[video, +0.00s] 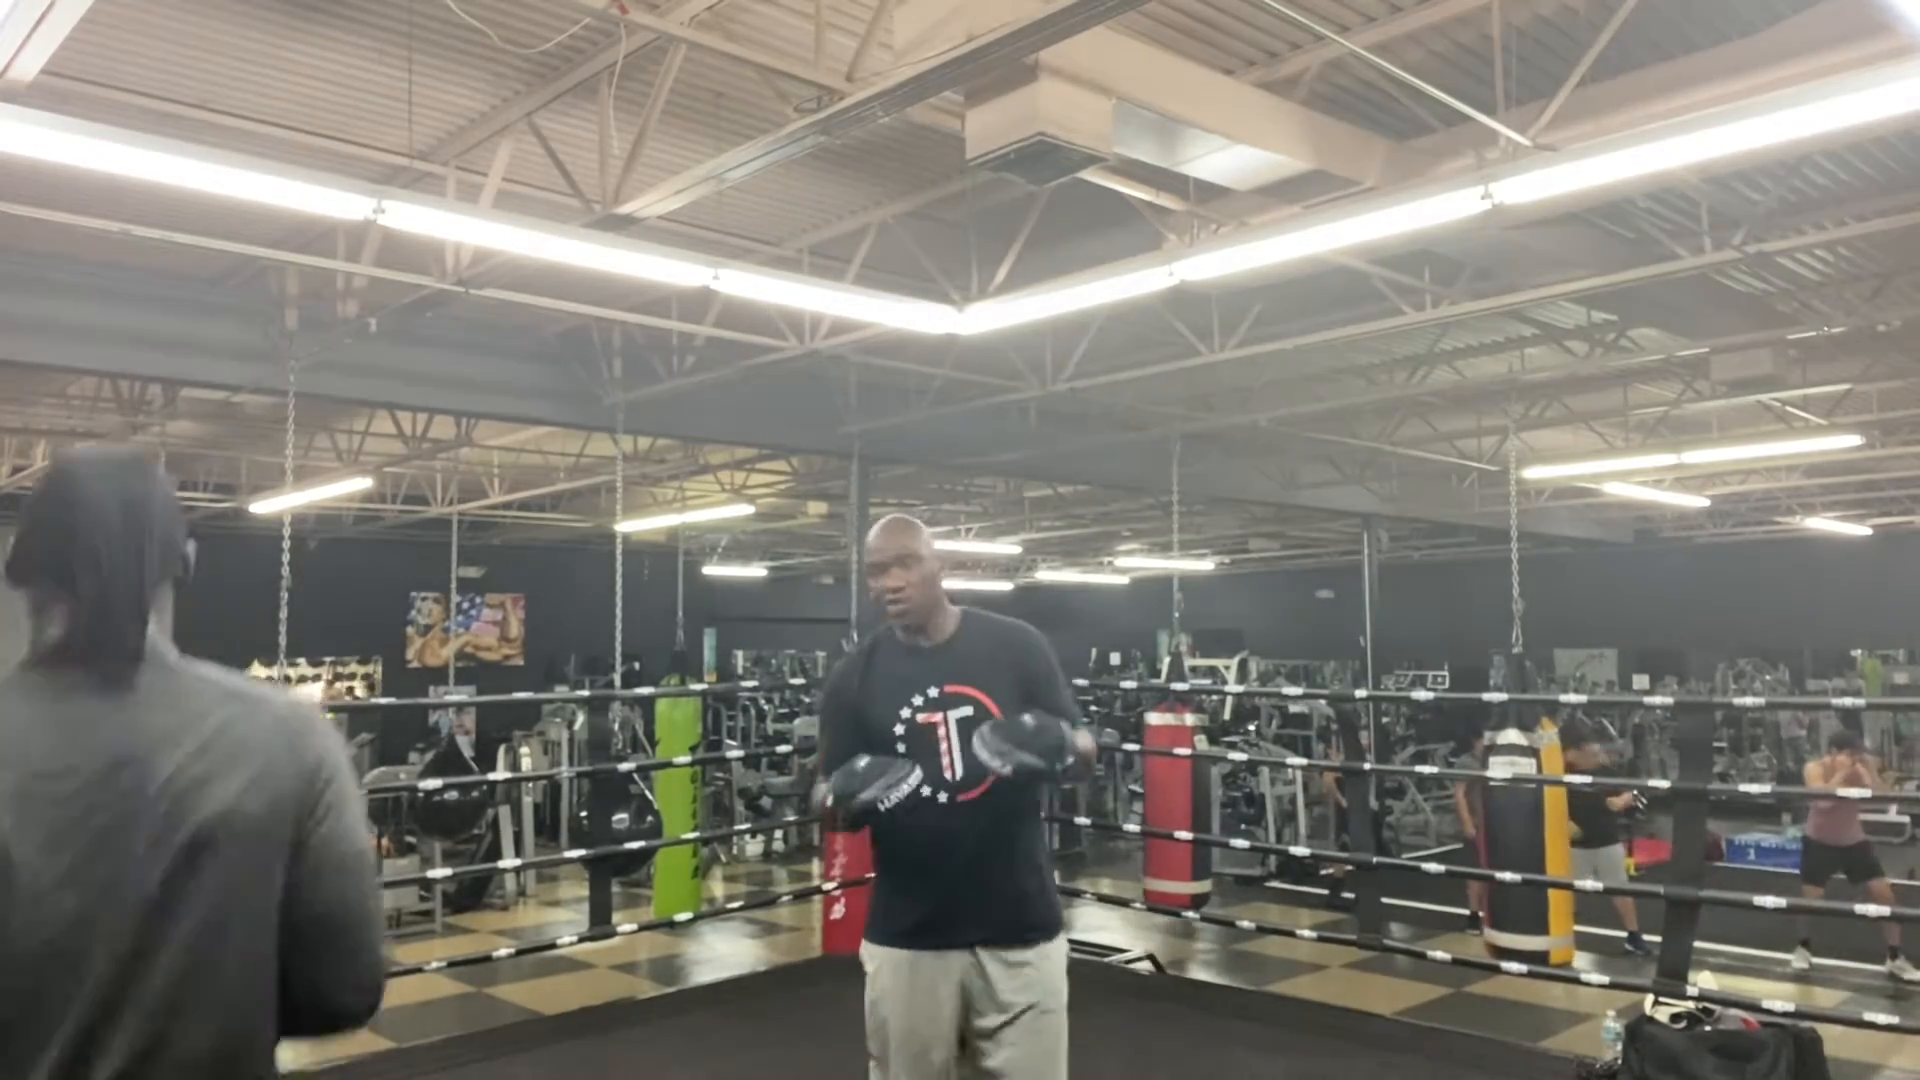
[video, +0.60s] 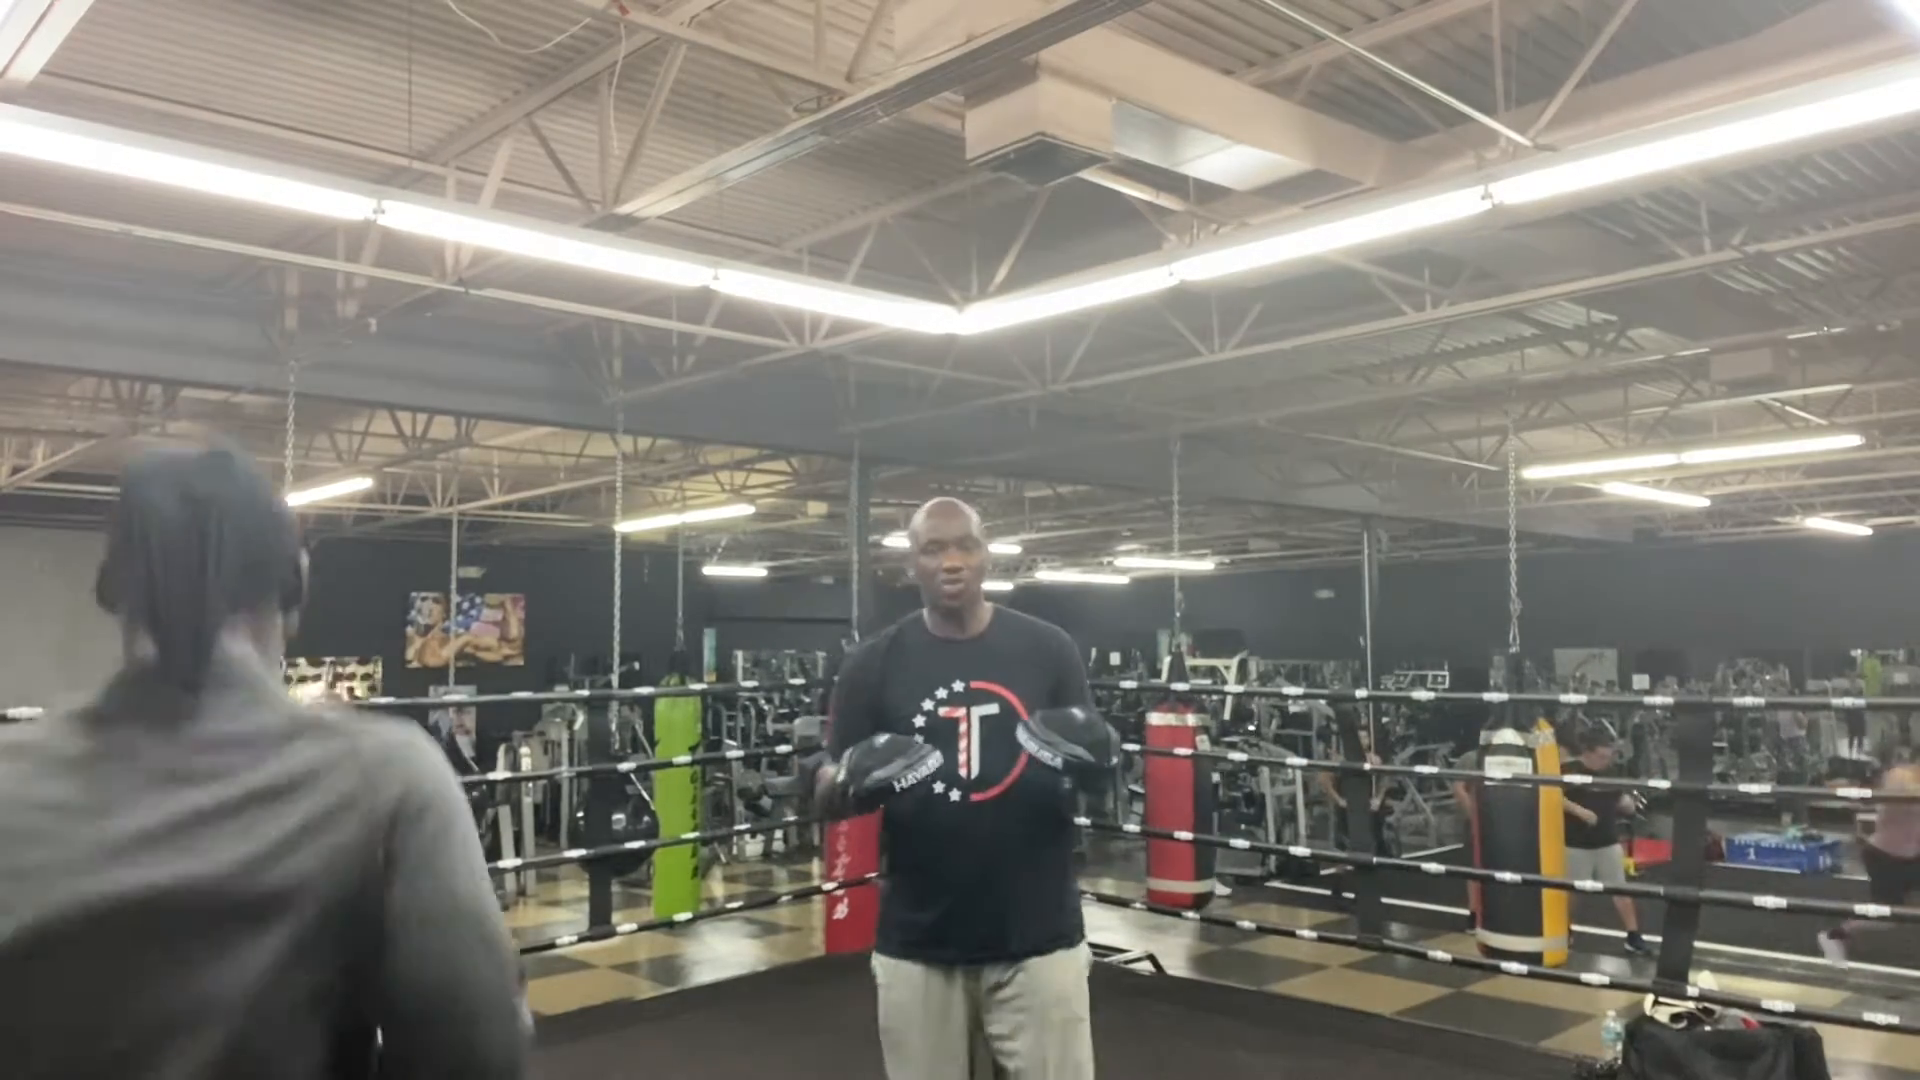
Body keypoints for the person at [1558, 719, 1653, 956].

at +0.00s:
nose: (1597, 758)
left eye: (1598, 752)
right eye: (1591, 753)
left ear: (1601, 750)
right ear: (1571, 754)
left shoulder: (1606, 773)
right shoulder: (1564, 777)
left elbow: (1624, 791)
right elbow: (1572, 808)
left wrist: (1623, 799)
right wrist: (1607, 803)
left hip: (1607, 840)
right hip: (1575, 843)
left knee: (1620, 890)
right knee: (1565, 892)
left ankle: (1633, 934)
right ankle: (1561, 936)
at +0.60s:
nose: (1608, 760)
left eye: (1610, 755)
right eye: (1604, 754)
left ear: (1612, 753)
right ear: (1590, 750)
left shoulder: (1610, 774)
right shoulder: (1568, 771)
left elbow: (1614, 799)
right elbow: (1554, 797)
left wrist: (1627, 804)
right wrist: (1579, 811)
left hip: (1607, 842)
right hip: (1576, 843)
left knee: (1620, 890)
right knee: (1570, 892)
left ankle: (1633, 935)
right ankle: (1564, 932)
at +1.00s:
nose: (1575, 752)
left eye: (1580, 747)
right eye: (1575, 747)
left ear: (1596, 750)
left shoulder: (1615, 774)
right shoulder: (1567, 773)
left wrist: (1627, 805)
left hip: (1608, 841)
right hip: (1575, 842)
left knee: (1620, 890)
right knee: (1571, 890)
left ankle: (1633, 934)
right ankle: (1564, 932)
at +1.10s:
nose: (1576, 753)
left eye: (1580, 749)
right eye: (1579, 749)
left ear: (1593, 750)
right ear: (1575, 751)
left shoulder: (1615, 774)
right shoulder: (1568, 775)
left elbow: (1637, 800)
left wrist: (1613, 805)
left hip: (1608, 841)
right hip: (1575, 841)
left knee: (1620, 890)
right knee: (1569, 892)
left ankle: (1633, 935)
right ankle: (1561, 935)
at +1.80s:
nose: (1575, 757)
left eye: (1578, 751)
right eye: (1572, 752)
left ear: (1589, 753)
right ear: (1567, 753)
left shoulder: (1607, 772)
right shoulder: (1562, 776)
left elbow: (1632, 794)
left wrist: (1611, 797)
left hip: (1604, 841)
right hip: (1573, 843)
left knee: (1619, 889)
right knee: (1567, 893)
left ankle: (1633, 935)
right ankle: (1563, 938)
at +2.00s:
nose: (1586, 760)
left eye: (1590, 754)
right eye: (1581, 754)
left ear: (1596, 755)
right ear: (1570, 755)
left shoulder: (1604, 778)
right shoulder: (1564, 780)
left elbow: (1616, 804)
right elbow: (1556, 810)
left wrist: (1628, 803)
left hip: (1605, 842)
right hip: (1575, 844)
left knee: (1620, 889)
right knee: (1570, 893)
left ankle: (1633, 934)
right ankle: (1568, 940)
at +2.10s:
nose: (1589, 760)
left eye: (1593, 755)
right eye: (1584, 755)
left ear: (1599, 755)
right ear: (1574, 755)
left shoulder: (1609, 775)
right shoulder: (1565, 779)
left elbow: (1621, 802)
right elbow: (1559, 809)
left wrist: (1630, 802)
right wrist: (1576, 781)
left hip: (1607, 841)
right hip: (1577, 844)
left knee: (1619, 889)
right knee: (1572, 893)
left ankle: (1633, 935)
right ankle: (1570, 940)